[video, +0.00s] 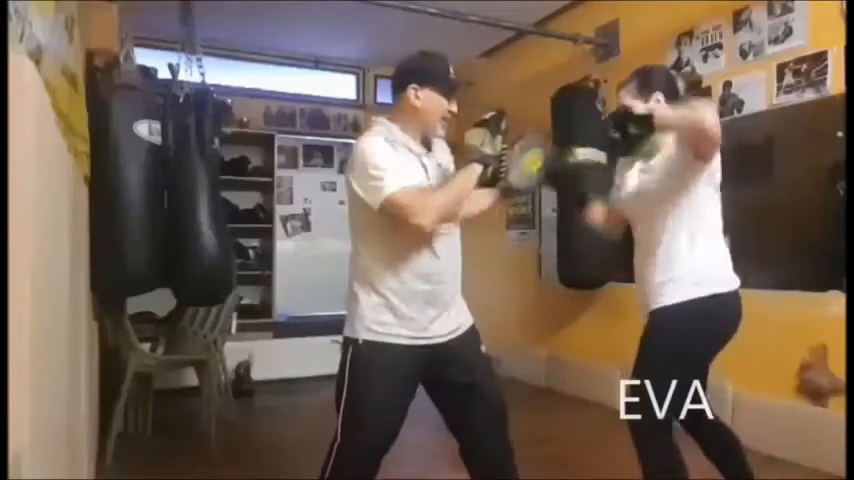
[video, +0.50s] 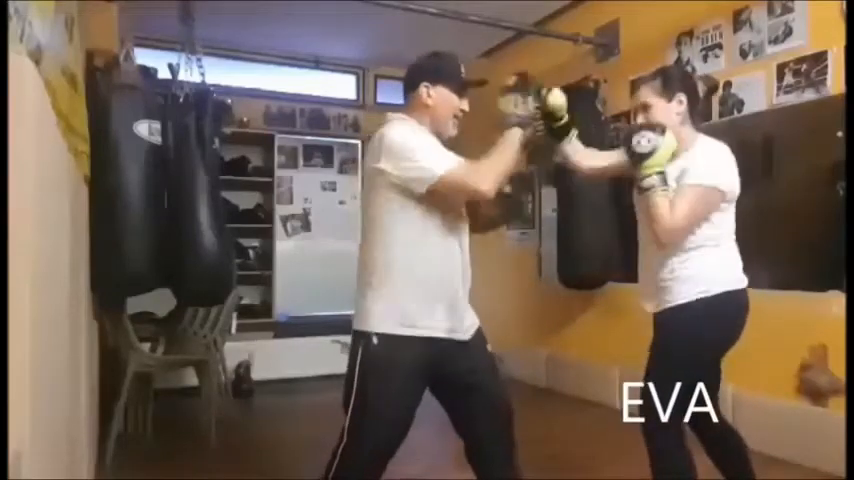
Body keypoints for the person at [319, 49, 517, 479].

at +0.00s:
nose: (453, 108)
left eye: (453, 98)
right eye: (446, 96)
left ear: (417, 97)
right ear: (414, 94)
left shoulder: (438, 149)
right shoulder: (371, 149)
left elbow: (457, 209)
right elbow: (420, 214)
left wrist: (504, 183)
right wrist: (476, 165)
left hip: (449, 327)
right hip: (382, 333)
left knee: (488, 429)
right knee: (359, 450)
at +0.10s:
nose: (459, 109)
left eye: (459, 99)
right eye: (451, 97)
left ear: (424, 98)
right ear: (419, 96)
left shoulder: (446, 150)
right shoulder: (372, 149)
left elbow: (492, 195)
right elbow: (406, 223)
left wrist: (542, 171)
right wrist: (463, 177)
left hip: (449, 327)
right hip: (382, 332)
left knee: (488, 438)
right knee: (357, 453)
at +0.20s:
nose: (466, 112)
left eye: (468, 102)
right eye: (460, 100)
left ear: (434, 99)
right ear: (428, 96)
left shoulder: (448, 153)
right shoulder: (378, 148)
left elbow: (482, 207)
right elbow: (410, 224)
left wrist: (536, 175)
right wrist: (467, 179)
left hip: (451, 329)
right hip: (384, 334)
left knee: (489, 435)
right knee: (357, 454)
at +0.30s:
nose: (471, 113)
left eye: (472, 102)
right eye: (464, 99)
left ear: (437, 100)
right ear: (434, 97)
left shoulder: (441, 153)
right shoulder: (392, 143)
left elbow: (454, 214)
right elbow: (436, 218)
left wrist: (499, 191)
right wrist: (486, 174)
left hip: (452, 328)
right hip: (390, 334)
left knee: (490, 430)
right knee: (362, 452)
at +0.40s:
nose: (470, 111)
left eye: (470, 101)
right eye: (463, 98)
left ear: (434, 99)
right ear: (432, 95)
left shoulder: (436, 152)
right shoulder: (399, 140)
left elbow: (476, 218)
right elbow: (471, 202)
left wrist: (521, 185)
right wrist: (521, 155)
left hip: (454, 329)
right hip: (393, 334)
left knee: (493, 434)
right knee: (363, 457)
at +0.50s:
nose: (464, 107)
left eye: (464, 97)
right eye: (457, 95)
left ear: (428, 96)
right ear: (426, 93)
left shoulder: (438, 152)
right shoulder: (396, 137)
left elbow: (476, 216)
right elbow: (479, 182)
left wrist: (517, 181)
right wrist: (514, 134)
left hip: (453, 328)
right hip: (393, 330)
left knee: (493, 436)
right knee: (363, 456)